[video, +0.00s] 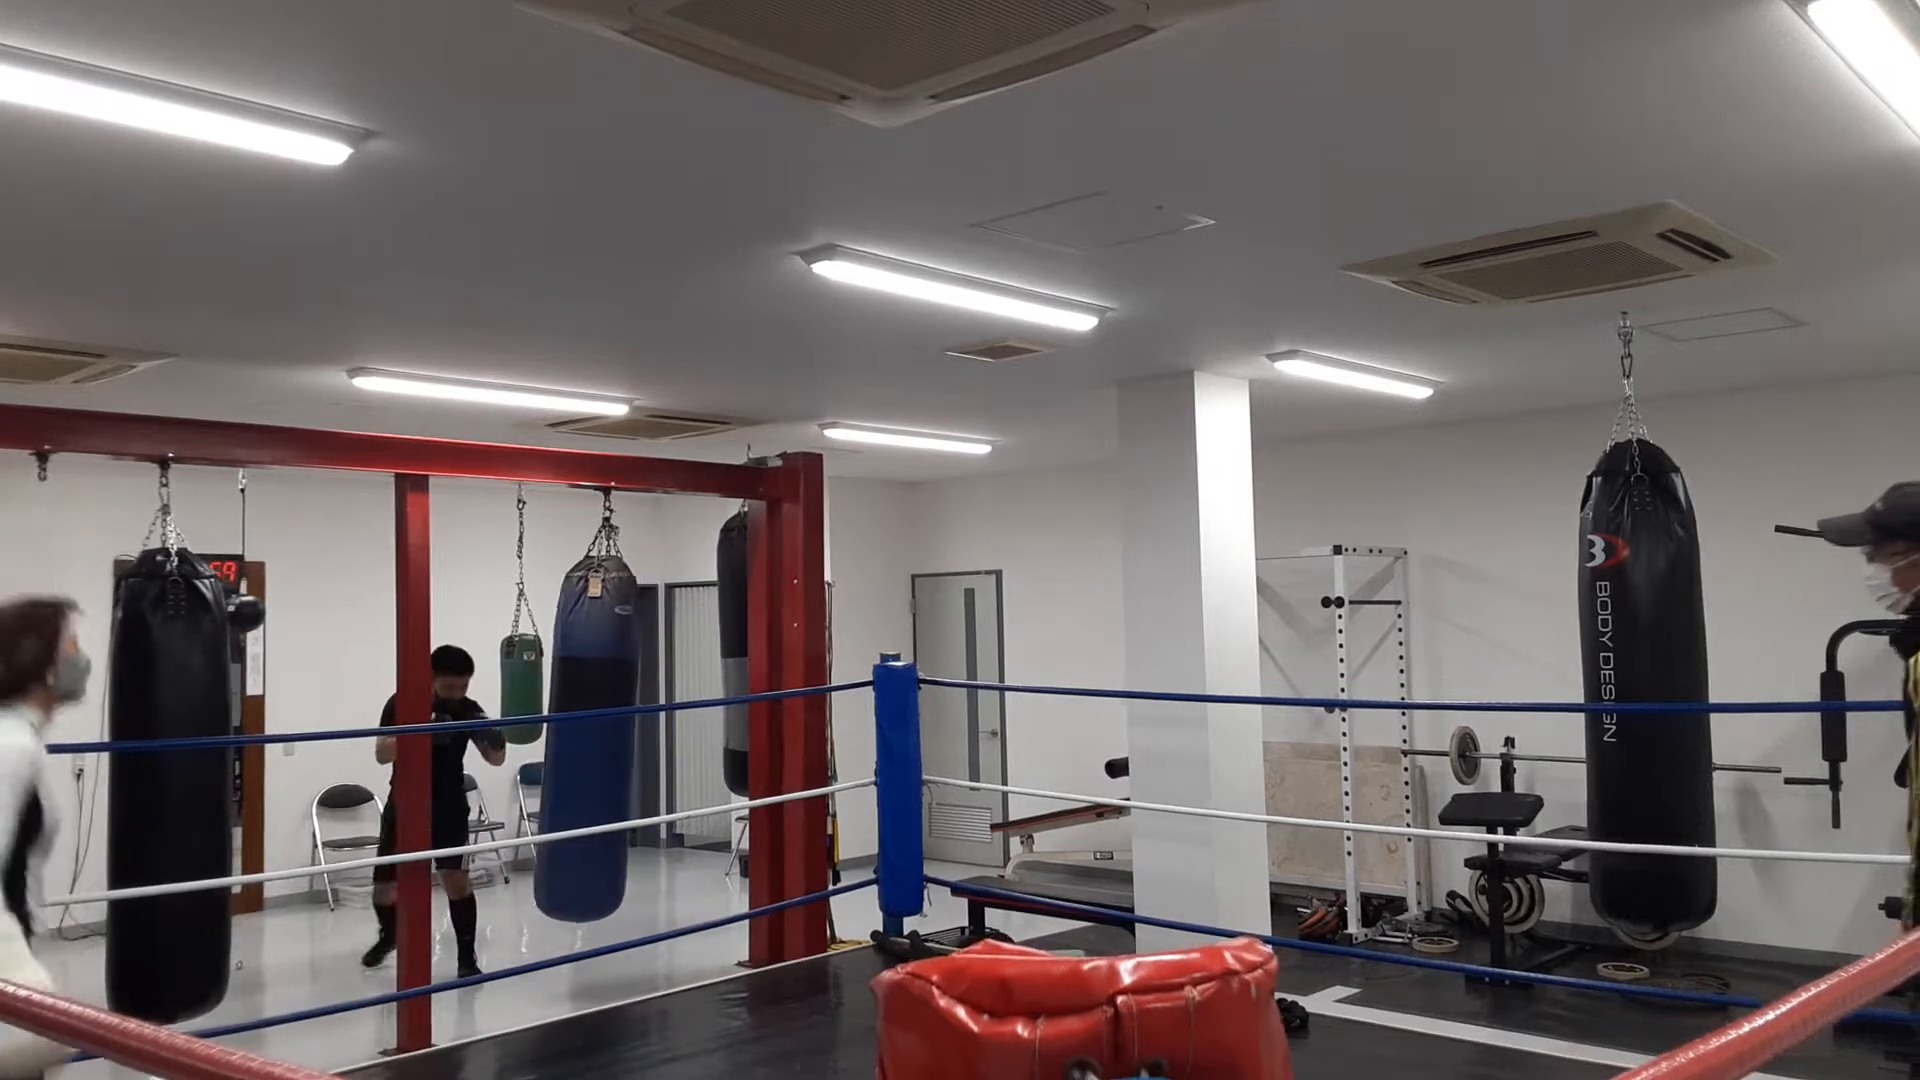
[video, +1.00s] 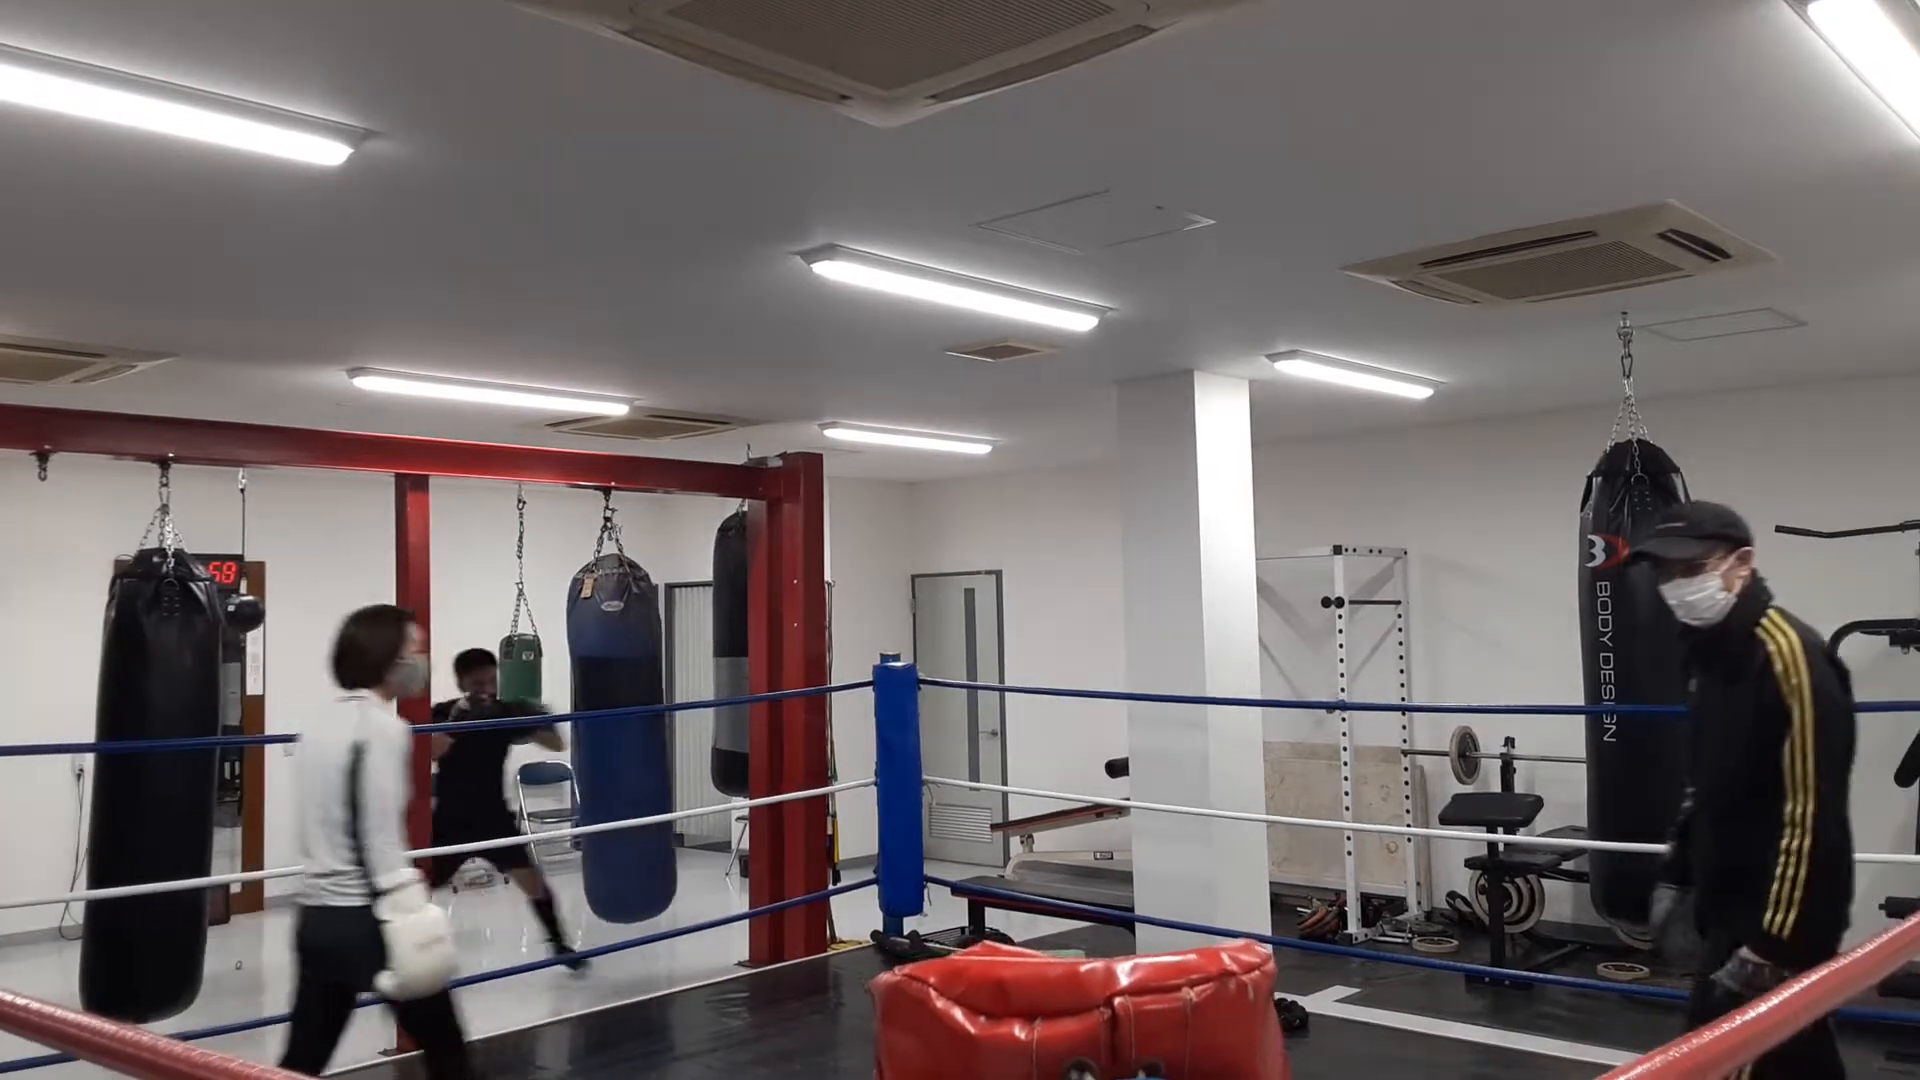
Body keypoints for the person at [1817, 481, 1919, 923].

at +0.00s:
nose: (1881, 575)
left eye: (1890, 561)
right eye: (1879, 561)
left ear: (1919, 558)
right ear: (1902, 560)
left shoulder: (1913, 647)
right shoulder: (1910, 646)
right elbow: (1914, 788)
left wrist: (1911, 904)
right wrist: (1910, 903)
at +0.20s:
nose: (1834, 587)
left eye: (1843, 571)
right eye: (1832, 573)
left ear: (1892, 571)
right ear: (1891, 574)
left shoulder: (1904, 656)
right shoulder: (1890, 652)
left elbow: (1906, 808)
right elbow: (1894, 801)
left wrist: (1895, 931)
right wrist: (1887, 923)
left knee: (1906, 1041)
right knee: (1902, 1039)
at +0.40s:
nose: (1793, 579)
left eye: (1803, 567)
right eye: (1794, 567)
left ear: (1854, 572)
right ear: (1854, 573)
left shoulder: (1879, 654)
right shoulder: (1864, 645)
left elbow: (1878, 818)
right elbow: (1866, 811)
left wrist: (1857, 962)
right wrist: (1858, 954)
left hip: (1891, 960)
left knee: (1882, 1060)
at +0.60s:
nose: (1748, 572)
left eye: (1761, 555)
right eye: (1747, 558)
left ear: (1817, 559)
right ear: (1812, 562)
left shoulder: (1845, 644)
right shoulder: (1822, 640)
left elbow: (1844, 804)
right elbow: (1822, 801)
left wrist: (1820, 947)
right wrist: (1803, 935)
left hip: (1855, 952)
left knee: (1847, 1066)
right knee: (1835, 1064)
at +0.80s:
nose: (1714, 581)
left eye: (1728, 564)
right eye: (1708, 568)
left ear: (1783, 560)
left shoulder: (1823, 650)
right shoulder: (1768, 645)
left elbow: (1825, 809)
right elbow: (1769, 793)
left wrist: (1785, 945)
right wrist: (1749, 919)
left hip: (1808, 941)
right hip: (1762, 928)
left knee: (1810, 1065)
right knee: (1763, 1060)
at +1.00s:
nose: (1678, 585)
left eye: (1693, 567)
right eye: (1667, 572)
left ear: (1741, 563)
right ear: (1657, 575)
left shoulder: (1792, 655)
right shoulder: (1711, 654)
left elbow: (1810, 816)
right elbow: (1706, 789)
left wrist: (1766, 954)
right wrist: (1675, 879)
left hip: (1777, 933)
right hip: (1724, 916)